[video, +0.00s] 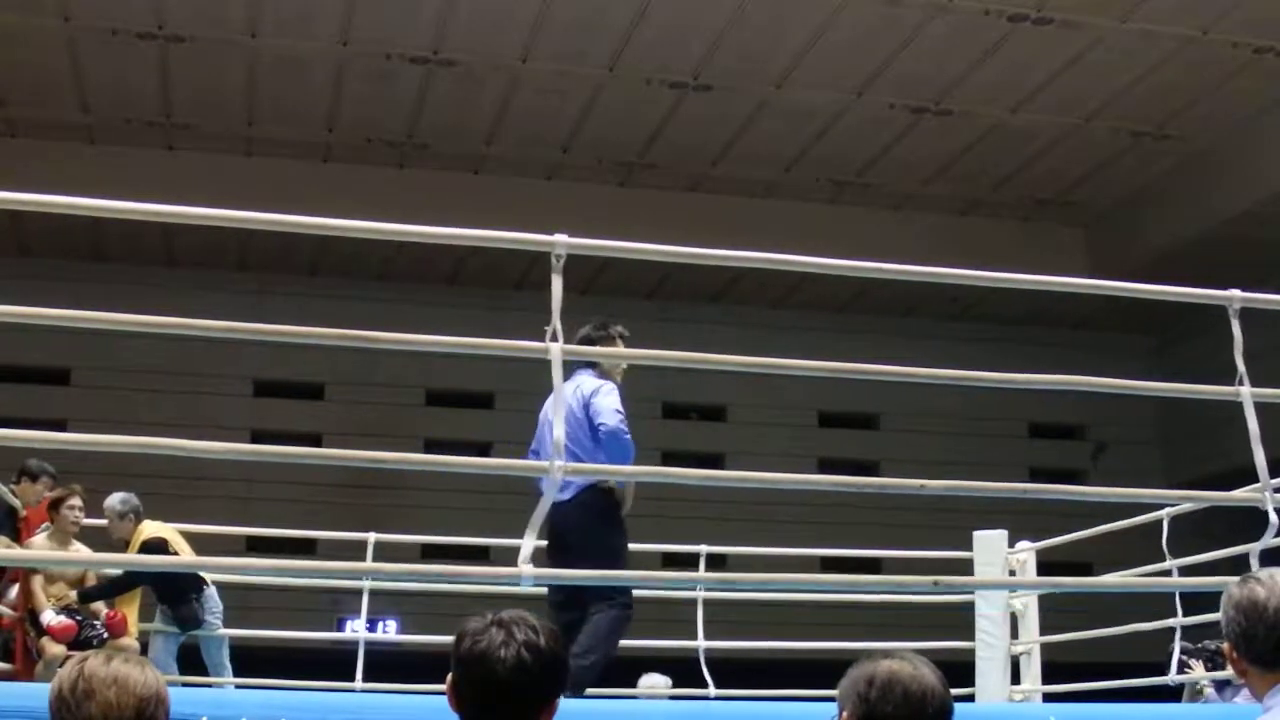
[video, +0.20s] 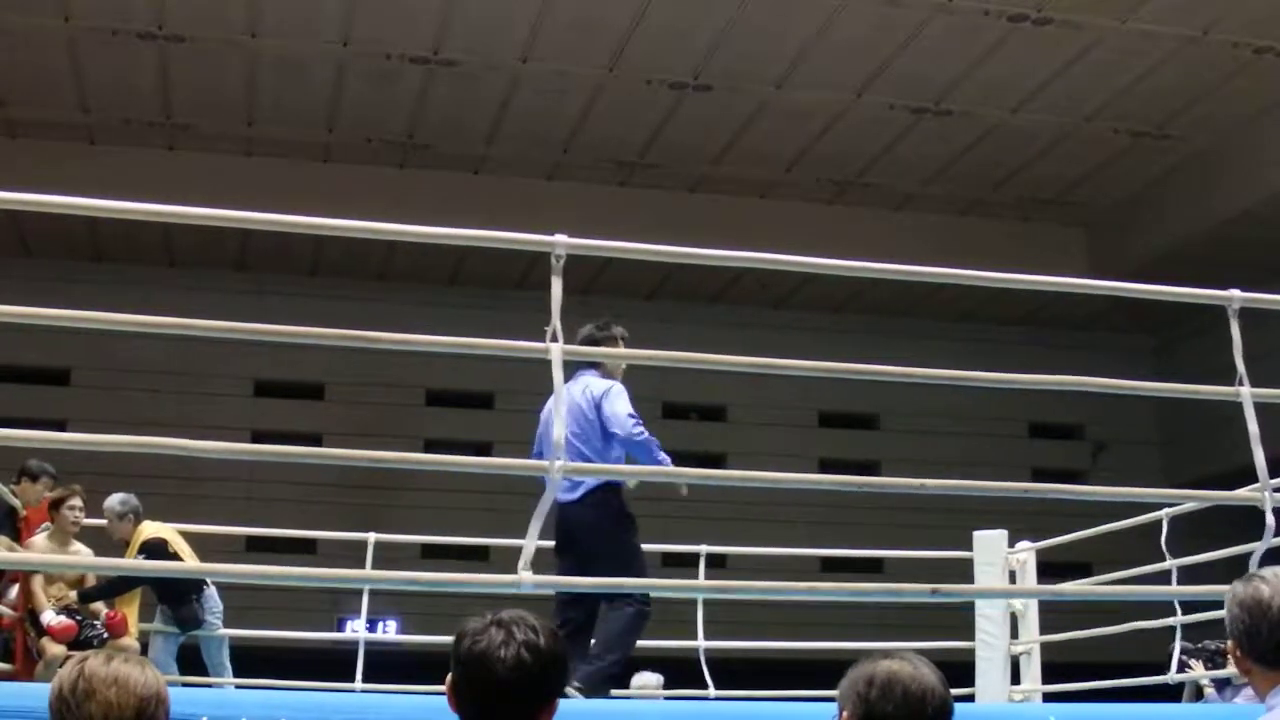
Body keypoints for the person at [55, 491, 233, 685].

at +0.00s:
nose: (107, 525)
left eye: (111, 520)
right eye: (107, 520)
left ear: (130, 520)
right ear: (129, 520)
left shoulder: (154, 542)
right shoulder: (138, 539)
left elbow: (126, 584)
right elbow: (127, 582)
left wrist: (79, 596)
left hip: (201, 600)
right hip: (169, 603)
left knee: (218, 665)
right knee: (160, 660)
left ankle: (229, 713)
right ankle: (173, 710)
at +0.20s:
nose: (106, 526)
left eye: (110, 520)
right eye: (106, 520)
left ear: (129, 520)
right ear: (129, 520)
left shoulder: (154, 542)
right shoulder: (137, 540)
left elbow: (124, 584)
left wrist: (79, 596)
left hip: (201, 601)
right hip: (171, 603)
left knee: (217, 664)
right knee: (160, 660)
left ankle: (230, 712)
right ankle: (176, 709)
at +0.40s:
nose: (106, 525)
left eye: (109, 519)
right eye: (106, 519)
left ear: (127, 520)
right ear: (125, 521)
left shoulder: (153, 542)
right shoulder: (134, 540)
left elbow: (125, 583)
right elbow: (121, 580)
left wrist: (80, 596)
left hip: (202, 600)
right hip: (170, 603)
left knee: (218, 665)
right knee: (160, 660)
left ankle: (229, 711)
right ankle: (177, 709)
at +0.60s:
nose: (105, 524)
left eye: (109, 519)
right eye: (106, 518)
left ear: (127, 521)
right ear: (127, 521)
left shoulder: (154, 542)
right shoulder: (136, 540)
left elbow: (125, 584)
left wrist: (79, 596)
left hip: (202, 601)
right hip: (170, 603)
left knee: (218, 666)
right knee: (160, 660)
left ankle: (229, 711)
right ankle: (177, 709)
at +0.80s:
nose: (106, 525)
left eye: (109, 519)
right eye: (106, 519)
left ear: (127, 521)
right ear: (127, 520)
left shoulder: (154, 542)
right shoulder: (138, 538)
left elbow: (126, 583)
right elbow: (124, 582)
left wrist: (79, 596)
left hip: (202, 600)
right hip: (171, 603)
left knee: (218, 666)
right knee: (160, 660)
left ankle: (229, 712)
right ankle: (176, 709)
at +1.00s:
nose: (106, 524)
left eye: (109, 518)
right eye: (106, 518)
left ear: (127, 520)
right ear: (126, 520)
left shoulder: (154, 541)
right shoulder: (137, 539)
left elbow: (125, 583)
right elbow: (121, 580)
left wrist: (80, 596)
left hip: (201, 600)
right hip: (171, 603)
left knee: (218, 666)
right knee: (160, 660)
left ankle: (229, 711)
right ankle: (176, 709)